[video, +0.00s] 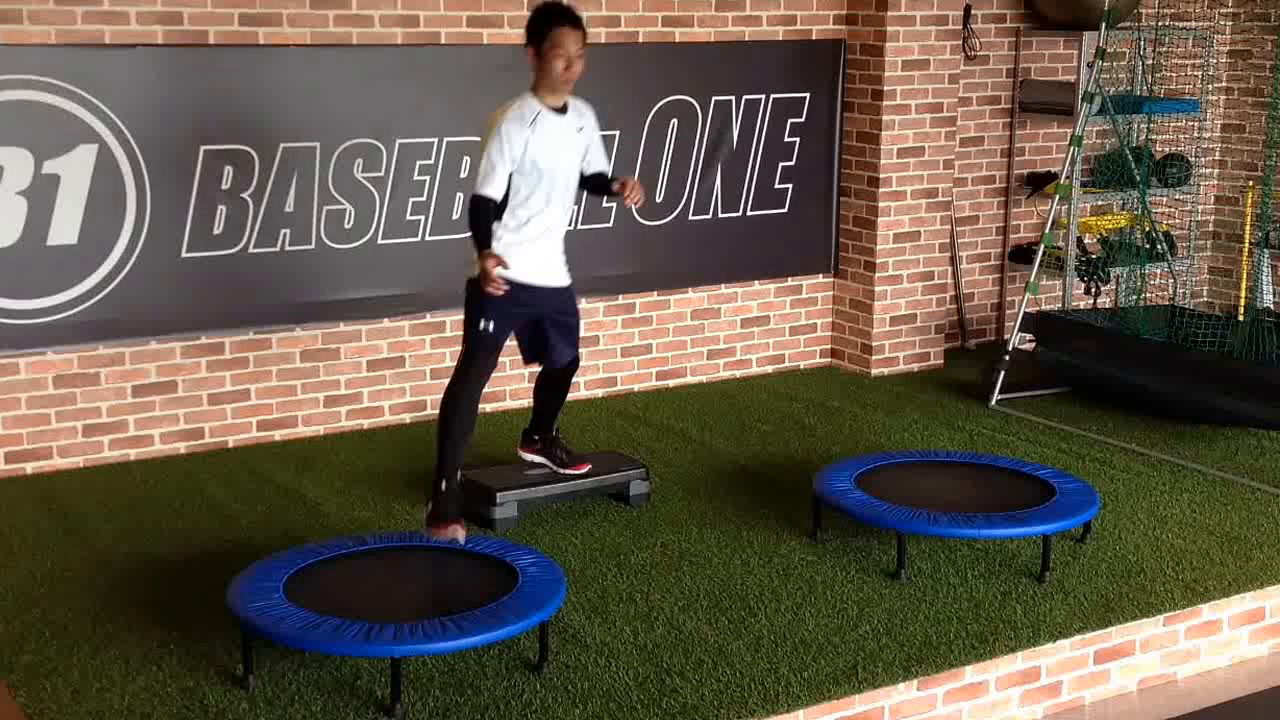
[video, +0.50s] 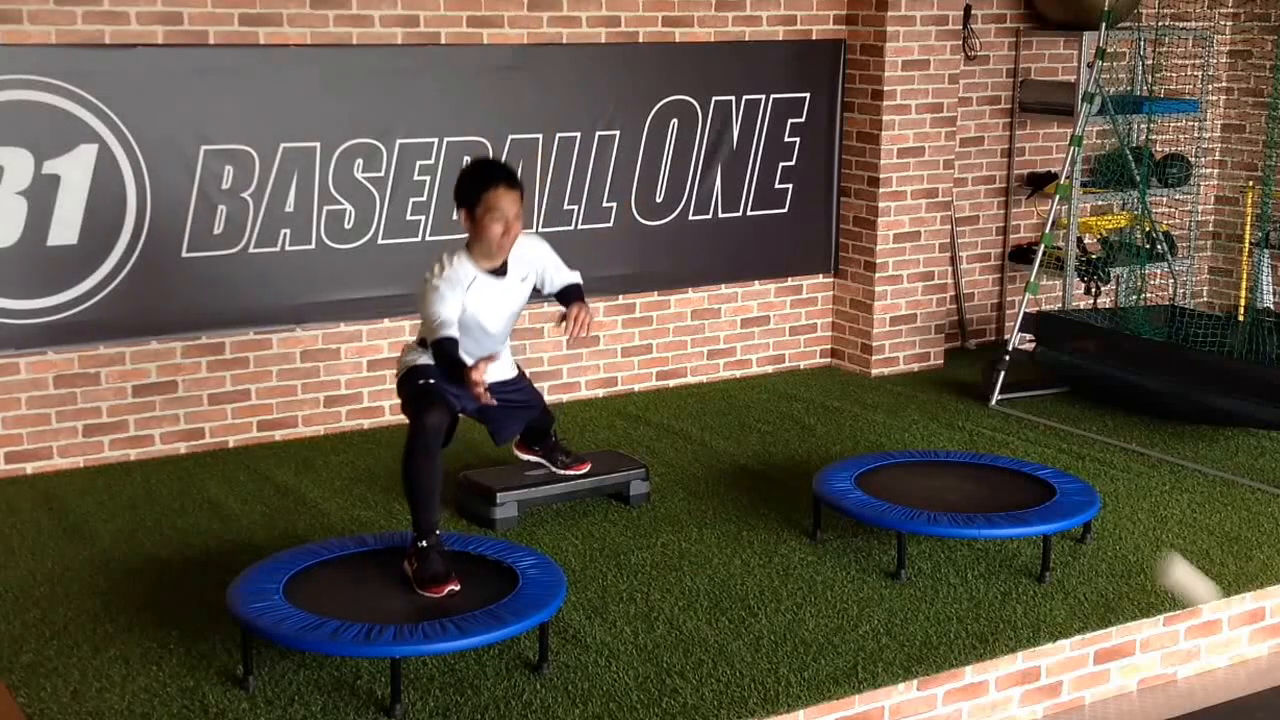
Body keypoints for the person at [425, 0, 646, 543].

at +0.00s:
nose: (572, 65)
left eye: (579, 55)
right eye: (561, 55)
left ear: (585, 59)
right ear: (534, 56)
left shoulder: (582, 116)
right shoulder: (512, 123)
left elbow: (590, 178)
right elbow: (483, 201)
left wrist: (618, 188)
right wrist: (485, 255)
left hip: (551, 274)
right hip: (501, 273)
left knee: (562, 362)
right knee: (470, 380)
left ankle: (538, 439)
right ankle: (445, 500)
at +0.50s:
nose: (509, 227)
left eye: (516, 217)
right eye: (496, 217)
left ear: (523, 217)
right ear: (466, 219)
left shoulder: (531, 251)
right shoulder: (447, 274)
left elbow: (562, 280)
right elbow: (441, 337)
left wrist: (576, 301)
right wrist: (464, 370)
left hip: (496, 363)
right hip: (437, 363)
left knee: (537, 418)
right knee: (431, 421)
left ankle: (536, 446)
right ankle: (425, 543)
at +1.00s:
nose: (525, 274)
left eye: (532, 262)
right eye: (512, 265)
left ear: (538, 256)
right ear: (480, 262)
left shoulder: (543, 279)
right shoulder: (457, 312)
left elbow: (567, 303)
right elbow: (472, 391)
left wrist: (580, 342)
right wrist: (496, 458)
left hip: (492, 366)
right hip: (428, 369)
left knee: (538, 413)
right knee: (437, 419)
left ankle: (534, 446)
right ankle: (427, 544)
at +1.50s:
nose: (621, 114)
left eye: (625, 104)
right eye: (609, 105)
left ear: (628, 107)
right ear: (580, 111)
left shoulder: (625, 154)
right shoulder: (570, 163)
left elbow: (666, 170)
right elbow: (577, 206)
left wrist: (701, 185)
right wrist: (607, 208)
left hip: (568, 299)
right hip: (530, 299)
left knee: (596, 365)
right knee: (502, 393)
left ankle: (530, 449)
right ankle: (442, 510)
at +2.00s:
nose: (804, 139)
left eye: (811, 132)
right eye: (794, 128)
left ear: (815, 138)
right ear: (766, 131)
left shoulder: (811, 189)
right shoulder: (734, 185)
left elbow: (853, 242)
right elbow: (679, 254)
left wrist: (901, 282)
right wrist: (741, 283)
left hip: (771, 309)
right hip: (707, 310)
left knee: (850, 359)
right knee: (624, 383)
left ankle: (902, 463)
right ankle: (548, 449)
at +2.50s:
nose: (964, 250)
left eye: (966, 240)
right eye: (956, 239)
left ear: (950, 243)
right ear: (919, 239)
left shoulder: (942, 280)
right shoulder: (875, 275)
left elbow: (1002, 311)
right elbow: (822, 341)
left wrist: (1071, 312)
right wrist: (850, 406)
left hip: (846, 349)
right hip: (787, 349)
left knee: (930, 346)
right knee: (687, 406)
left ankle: (909, 461)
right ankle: (571, 454)